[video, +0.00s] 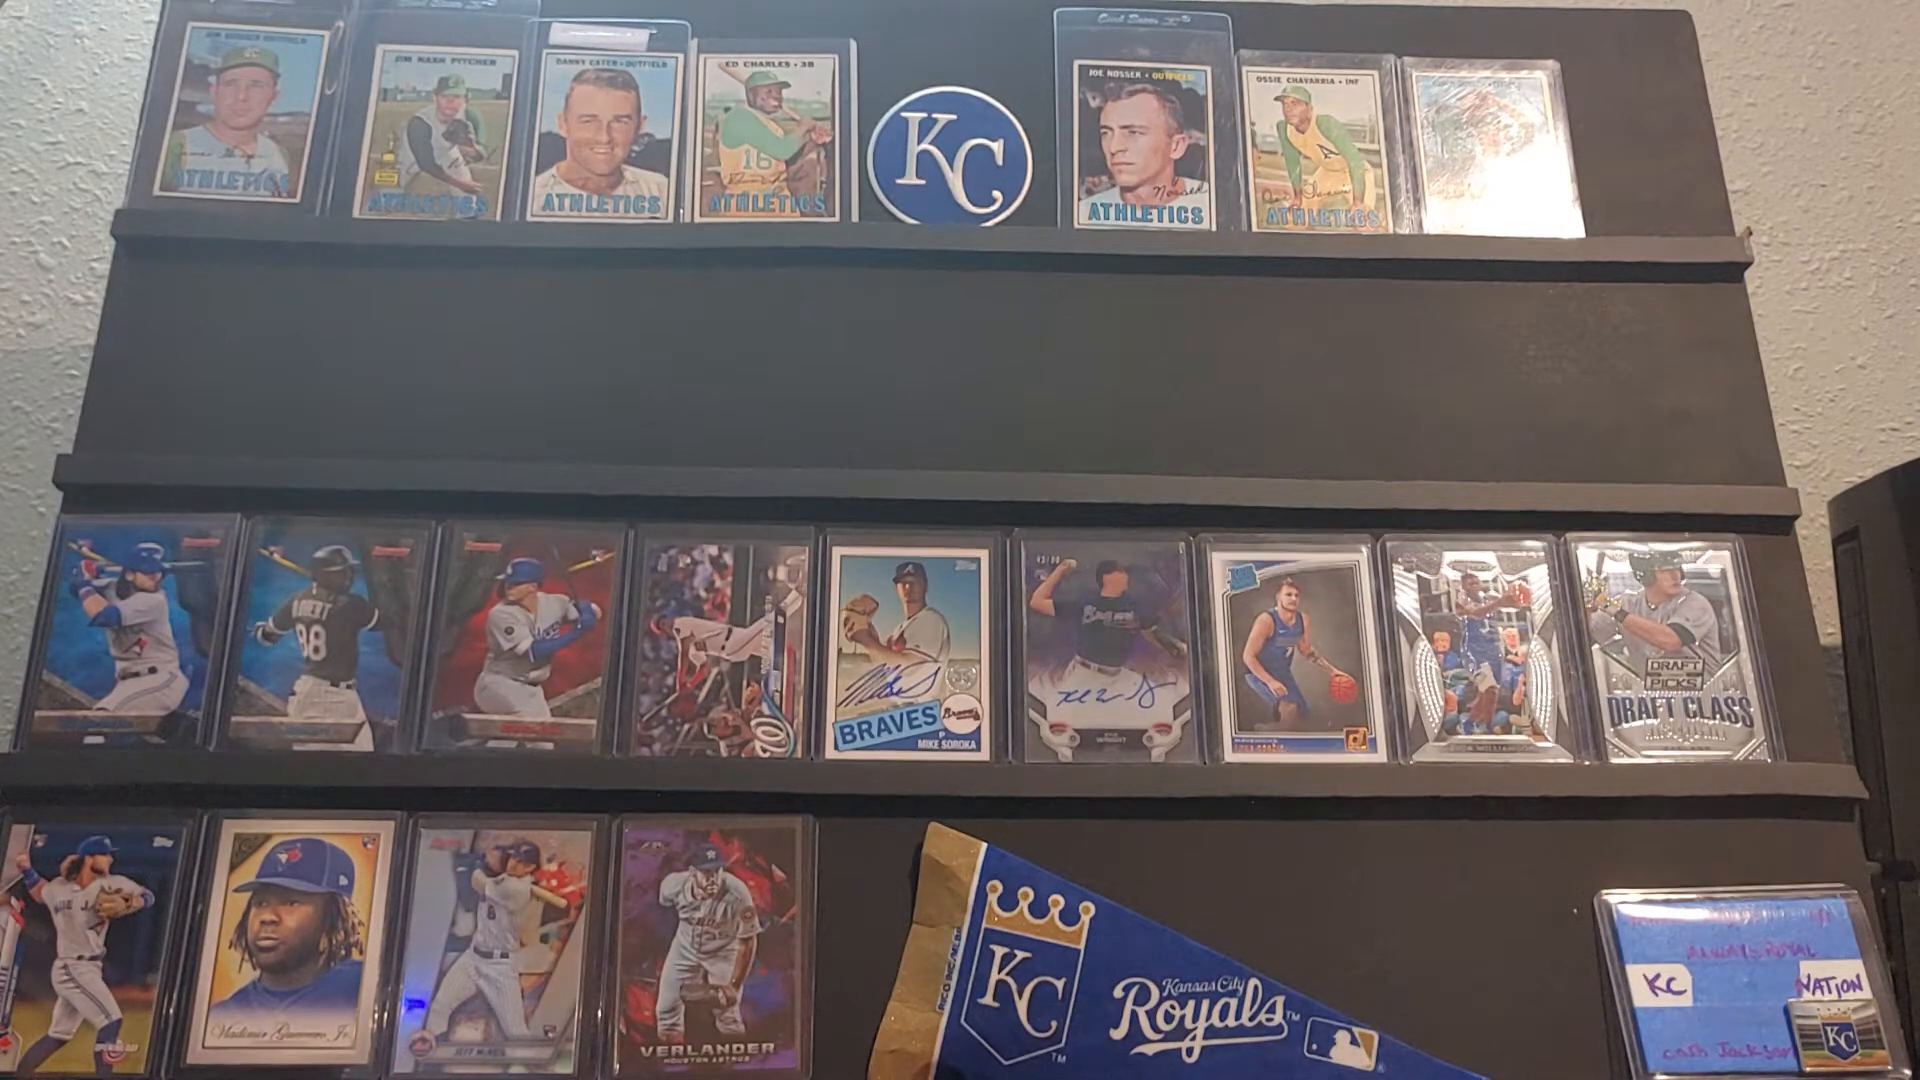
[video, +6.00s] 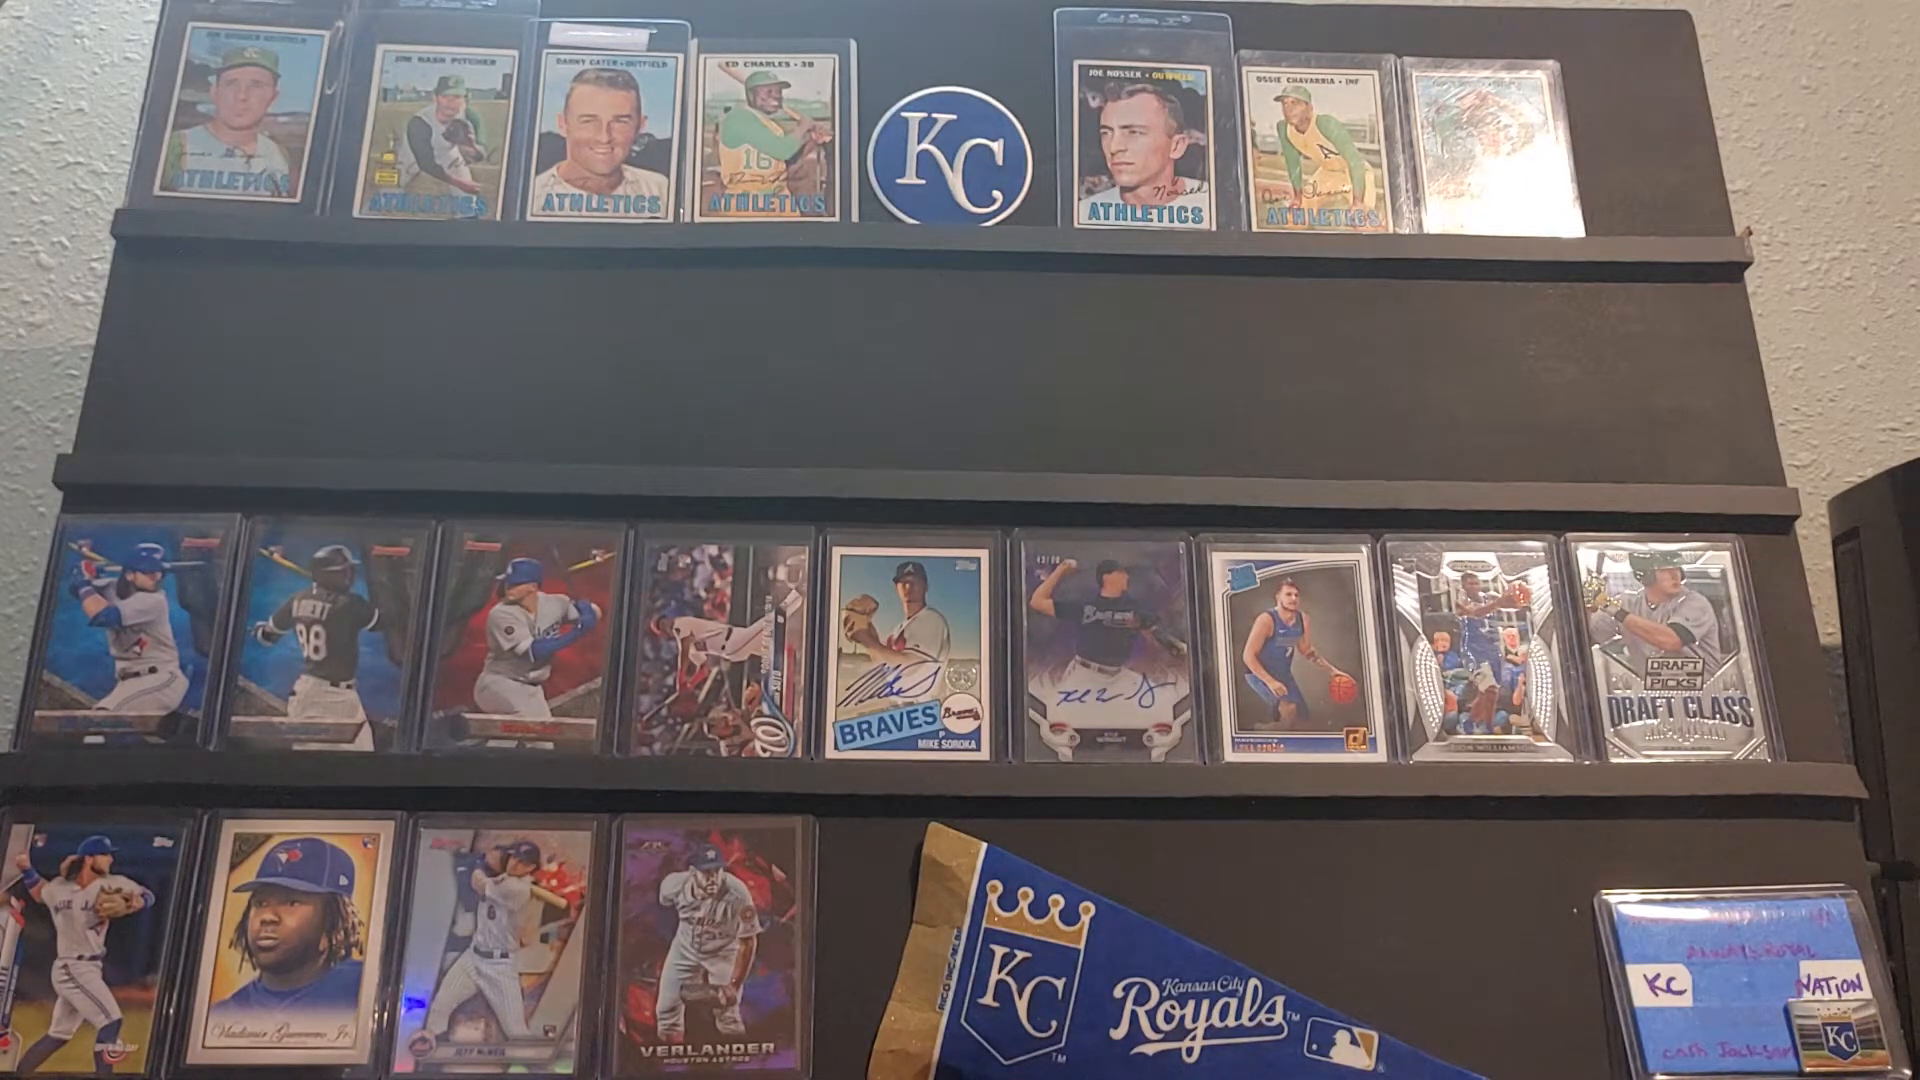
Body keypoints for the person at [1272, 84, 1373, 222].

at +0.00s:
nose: (1288, 109)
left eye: (1294, 104)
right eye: (1284, 104)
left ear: (1309, 108)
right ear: (1281, 108)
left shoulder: (1327, 124)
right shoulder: (1284, 128)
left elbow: (1355, 161)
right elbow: (1292, 163)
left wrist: (1358, 203)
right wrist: (1297, 197)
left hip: (1354, 172)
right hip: (1327, 172)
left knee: (1361, 218)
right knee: (1303, 207)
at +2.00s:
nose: (1288, 109)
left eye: (1294, 103)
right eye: (1284, 105)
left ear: (1308, 107)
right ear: (1281, 108)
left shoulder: (1327, 124)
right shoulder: (1283, 128)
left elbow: (1355, 160)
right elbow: (1293, 163)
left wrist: (1358, 202)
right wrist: (1297, 197)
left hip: (1354, 174)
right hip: (1327, 173)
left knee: (1360, 218)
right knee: (1302, 210)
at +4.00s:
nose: (1288, 109)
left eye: (1294, 103)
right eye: (1285, 104)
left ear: (1308, 107)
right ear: (1281, 108)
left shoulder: (1326, 124)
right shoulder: (1283, 128)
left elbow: (1355, 161)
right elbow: (1293, 163)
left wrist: (1358, 202)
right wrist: (1298, 197)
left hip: (1355, 172)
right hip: (1327, 172)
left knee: (1360, 218)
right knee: (1302, 208)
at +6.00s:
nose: (1288, 109)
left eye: (1294, 103)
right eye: (1285, 104)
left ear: (1309, 107)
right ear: (1281, 107)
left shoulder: (1327, 123)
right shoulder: (1283, 128)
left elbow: (1355, 161)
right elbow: (1293, 164)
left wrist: (1358, 202)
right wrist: (1297, 197)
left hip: (1355, 172)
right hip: (1327, 172)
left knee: (1360, 219)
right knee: (1302, 209)